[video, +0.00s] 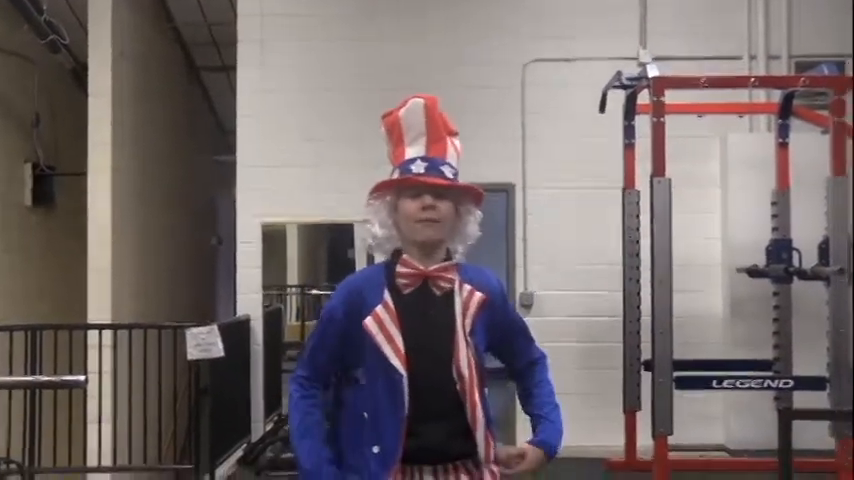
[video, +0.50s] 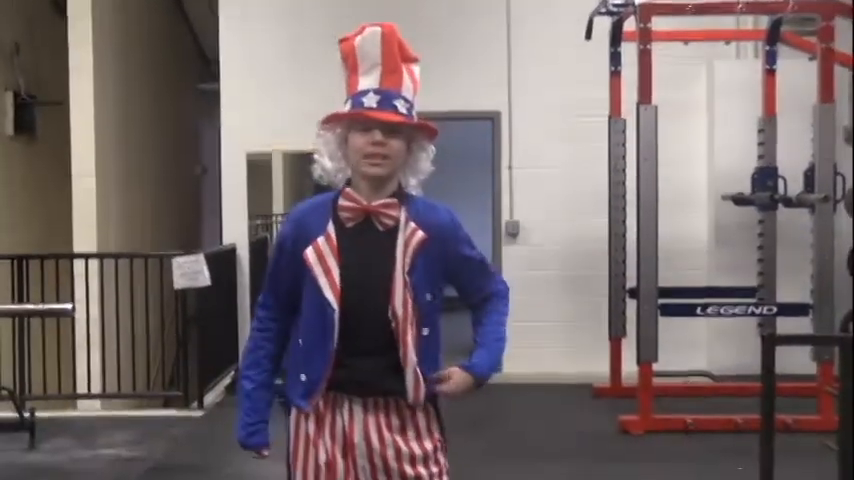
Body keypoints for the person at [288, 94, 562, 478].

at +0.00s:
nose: (428, 203)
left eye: (440, 194)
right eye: (413, 194)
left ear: (459, 211)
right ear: (392, 209)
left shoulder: (482, 287)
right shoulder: (359, 291)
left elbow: (529, 362)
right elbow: (307, 381)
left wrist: (545, 439)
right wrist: (319, 469)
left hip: (468, 469)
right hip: (384, 469)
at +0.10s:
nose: (411, 191)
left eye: (424, 182)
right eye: (397, 181)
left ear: (442, 199)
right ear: (376, 197)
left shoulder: (466, 277)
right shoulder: (342, 279)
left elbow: (512, 347)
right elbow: (291, 362)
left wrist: (522, 424)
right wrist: (302, 456)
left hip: (449, 463)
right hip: (365, 463)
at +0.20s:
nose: (407, 173)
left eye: (420, 164)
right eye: (393, 163)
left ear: (438, 180)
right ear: (371, 178)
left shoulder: (460, 261)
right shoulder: (333, 261)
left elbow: (505, 331)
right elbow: (286, 344)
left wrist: (510, 405)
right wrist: (290, 439)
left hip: (435, 456)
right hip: (349, 459)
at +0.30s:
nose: (394, 162)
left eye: (407, 152)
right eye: (381, 151)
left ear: (426, 167)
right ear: (360, 165)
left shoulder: (449, 247)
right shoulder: (322, 246)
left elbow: (498, 318)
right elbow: (277, 332)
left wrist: (492, 389)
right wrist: (274, 432)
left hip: (420, 443)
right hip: (336, 443)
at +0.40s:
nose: (386, 147)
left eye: (399, 137)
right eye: (373, 136)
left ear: (418, 152)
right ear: (352, 149)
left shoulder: (443, 231)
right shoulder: (313, 230)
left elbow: (497, 298)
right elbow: (274, 319)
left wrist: (480, 370)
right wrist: (260, 416)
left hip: (413, 425)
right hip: (330, 426)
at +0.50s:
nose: (377, 143)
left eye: (391, 133)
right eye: (364, 130)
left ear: (410, 148)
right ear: (343, 142)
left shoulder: (435, 226)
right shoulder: (304, 224)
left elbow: (490, 295)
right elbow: (269, 321)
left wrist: (478, 367)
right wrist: (253, 421)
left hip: (407, 422)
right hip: (321, 421)